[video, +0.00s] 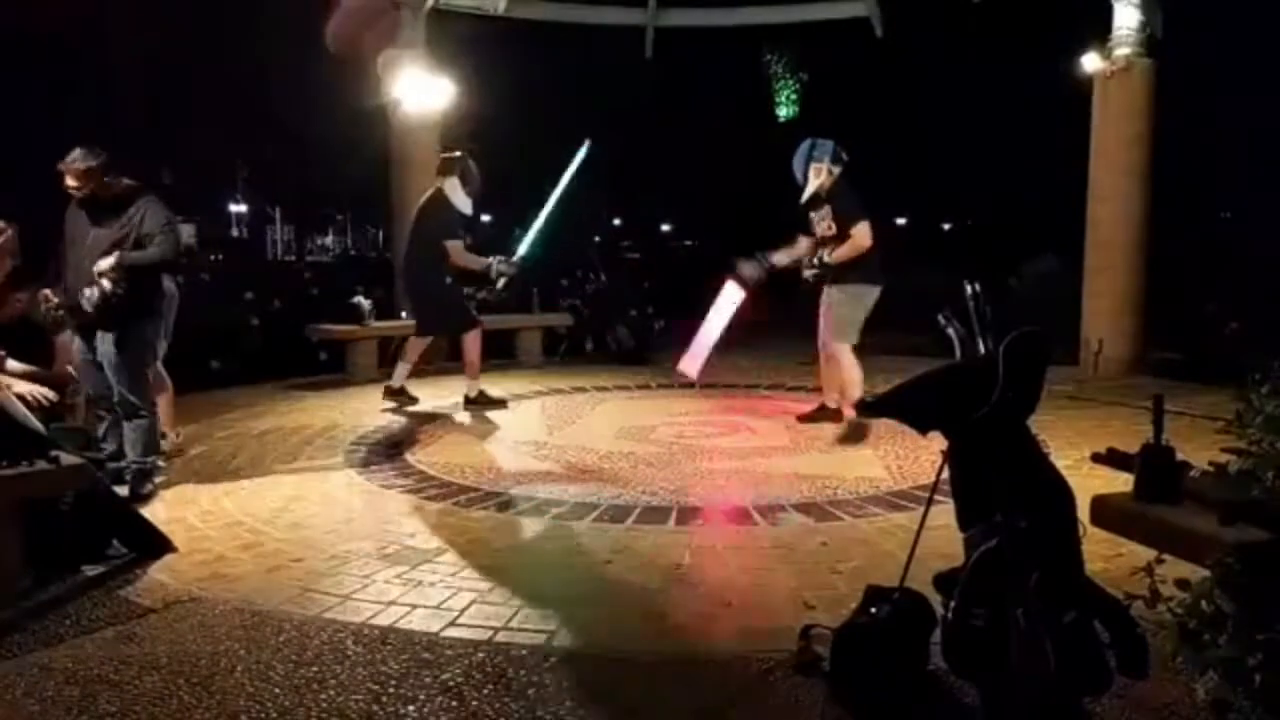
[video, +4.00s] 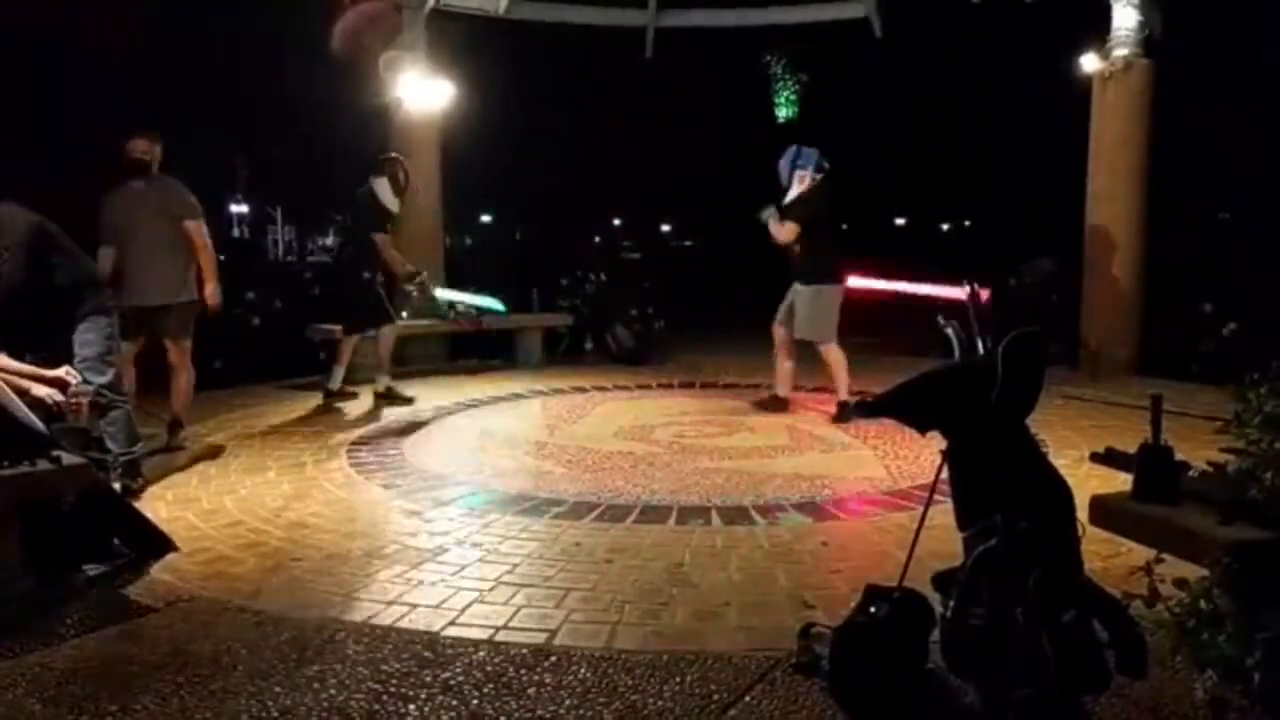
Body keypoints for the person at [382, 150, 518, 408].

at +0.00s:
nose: (476, 182)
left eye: (474, 176)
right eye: (472, 176)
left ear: (447, 175)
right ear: (461, 176)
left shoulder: (438, 200)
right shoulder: (444, 205)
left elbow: (457, 252)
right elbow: (457, 255)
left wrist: (488, 264)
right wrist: (490, 265)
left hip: (421, 277)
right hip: (432, 279)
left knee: (425, 329)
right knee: (471, 327)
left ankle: (396, 384)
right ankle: (473, 391)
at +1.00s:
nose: (439, 176)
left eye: (438, 170)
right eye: (434, 170)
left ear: (417, 173)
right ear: (421, 172)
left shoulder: (419, 199)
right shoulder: (402, 199)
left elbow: (426, 232)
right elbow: (419, 233)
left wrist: (448, 225)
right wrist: (448, 227)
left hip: (400, 280)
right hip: (400, 281)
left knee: (392, 332)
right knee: (442, 322)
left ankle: (365, 387)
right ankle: (449, 389)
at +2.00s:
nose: (428, 182)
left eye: (428, 175)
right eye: (425, 175)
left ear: (401, 175)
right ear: (413, 175)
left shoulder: (382, 199)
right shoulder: (393, 202)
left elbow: (405, 247)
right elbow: (403, 246)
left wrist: (430, 271)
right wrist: (431, 272)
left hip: (365, 275)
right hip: (377, 277)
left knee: (370, 332)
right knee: (409, 327)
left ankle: (351, 389)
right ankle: (406, 390)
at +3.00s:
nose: (424, 183)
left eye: (423, 176)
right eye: (420, 176)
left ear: (402, 177)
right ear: (409, 177)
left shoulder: (394, 202)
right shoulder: (387, 204)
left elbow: (394, 247)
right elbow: (388, 249)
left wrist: (413, 268)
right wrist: (413, 270)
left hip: (370, 274)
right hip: (375, 275)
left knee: (368, 331)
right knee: (405, 325)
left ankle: (347, 388)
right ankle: (397, 389)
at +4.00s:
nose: (404, 181)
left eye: (404, 175)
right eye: (401, 175)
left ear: (380, 175)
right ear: (390, 175)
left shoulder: (368, 198)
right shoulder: (377, 202)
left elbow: (384, 246)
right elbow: (383, 246)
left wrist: (404, 271)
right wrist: (406, 271)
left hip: (353, 270)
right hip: (365, 271)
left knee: (353, 327)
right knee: (388, 323)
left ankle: (334, 385)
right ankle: (383, 385)